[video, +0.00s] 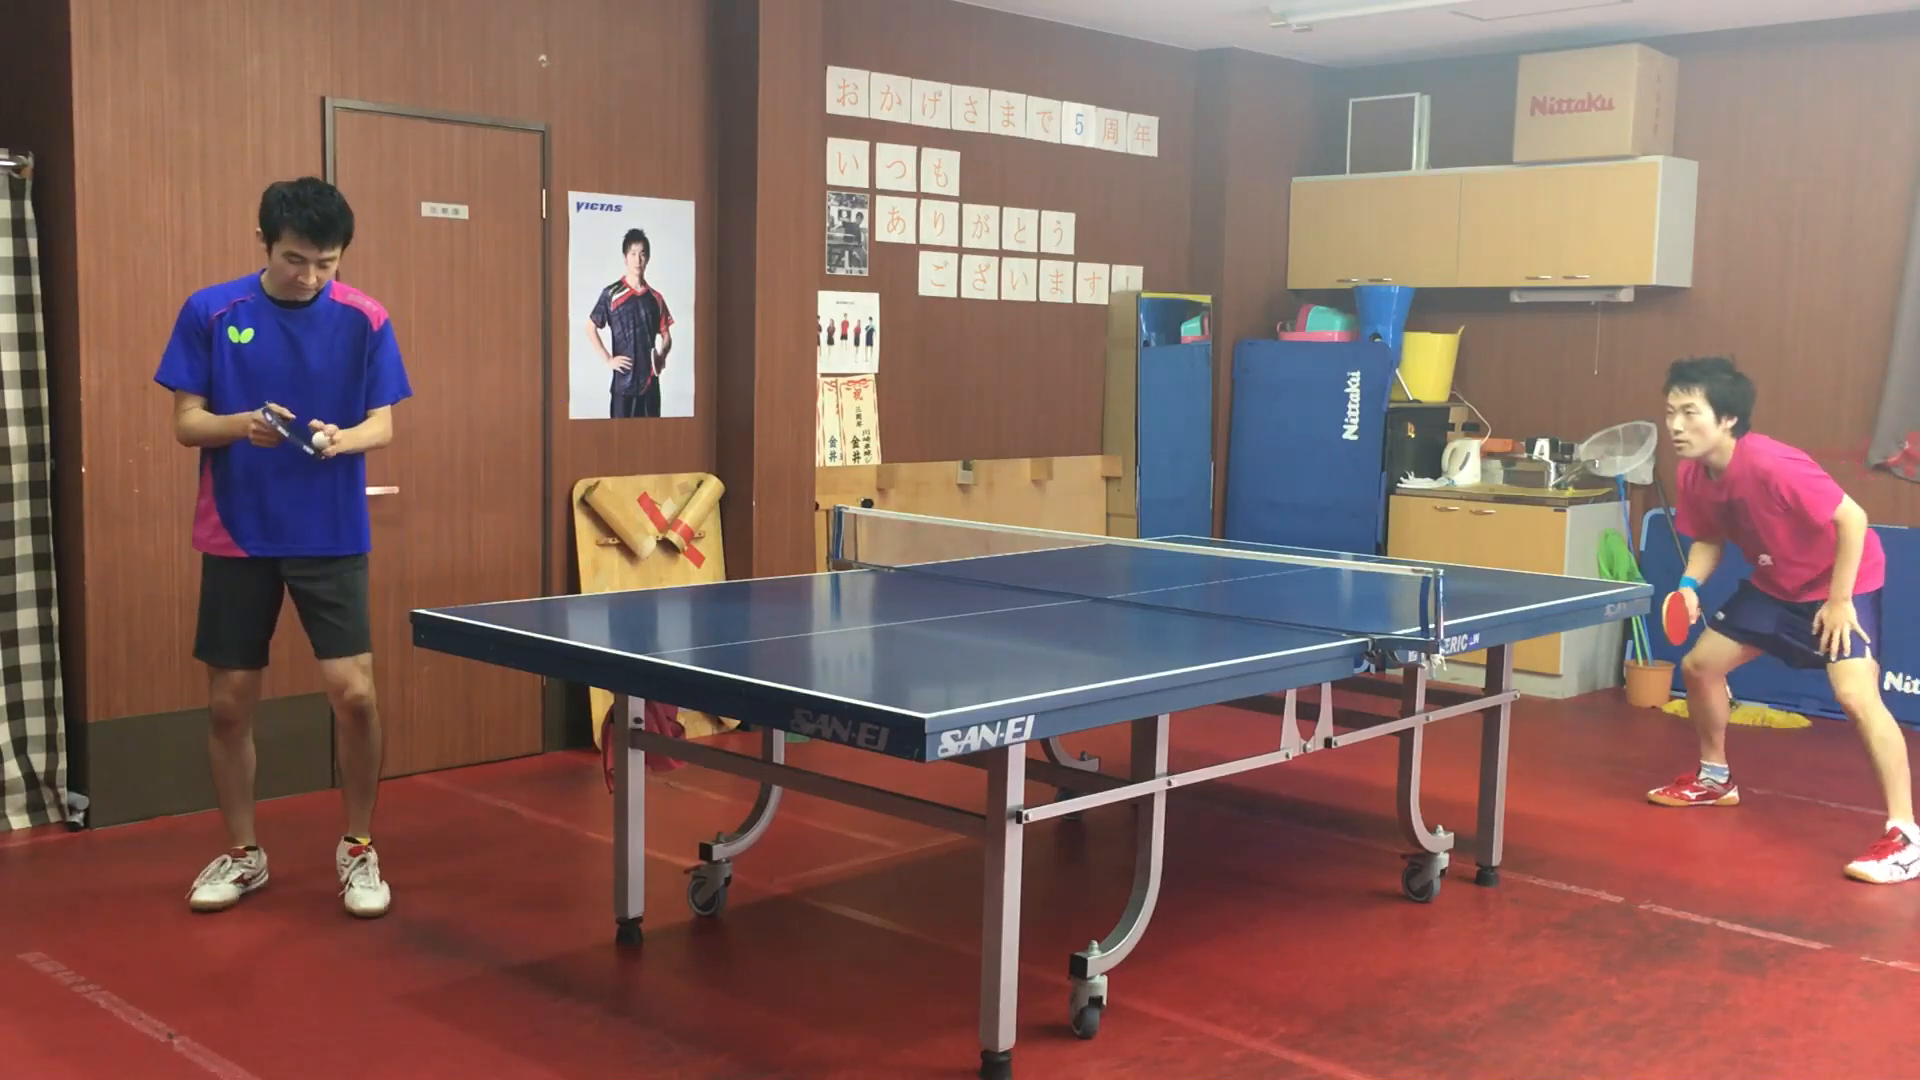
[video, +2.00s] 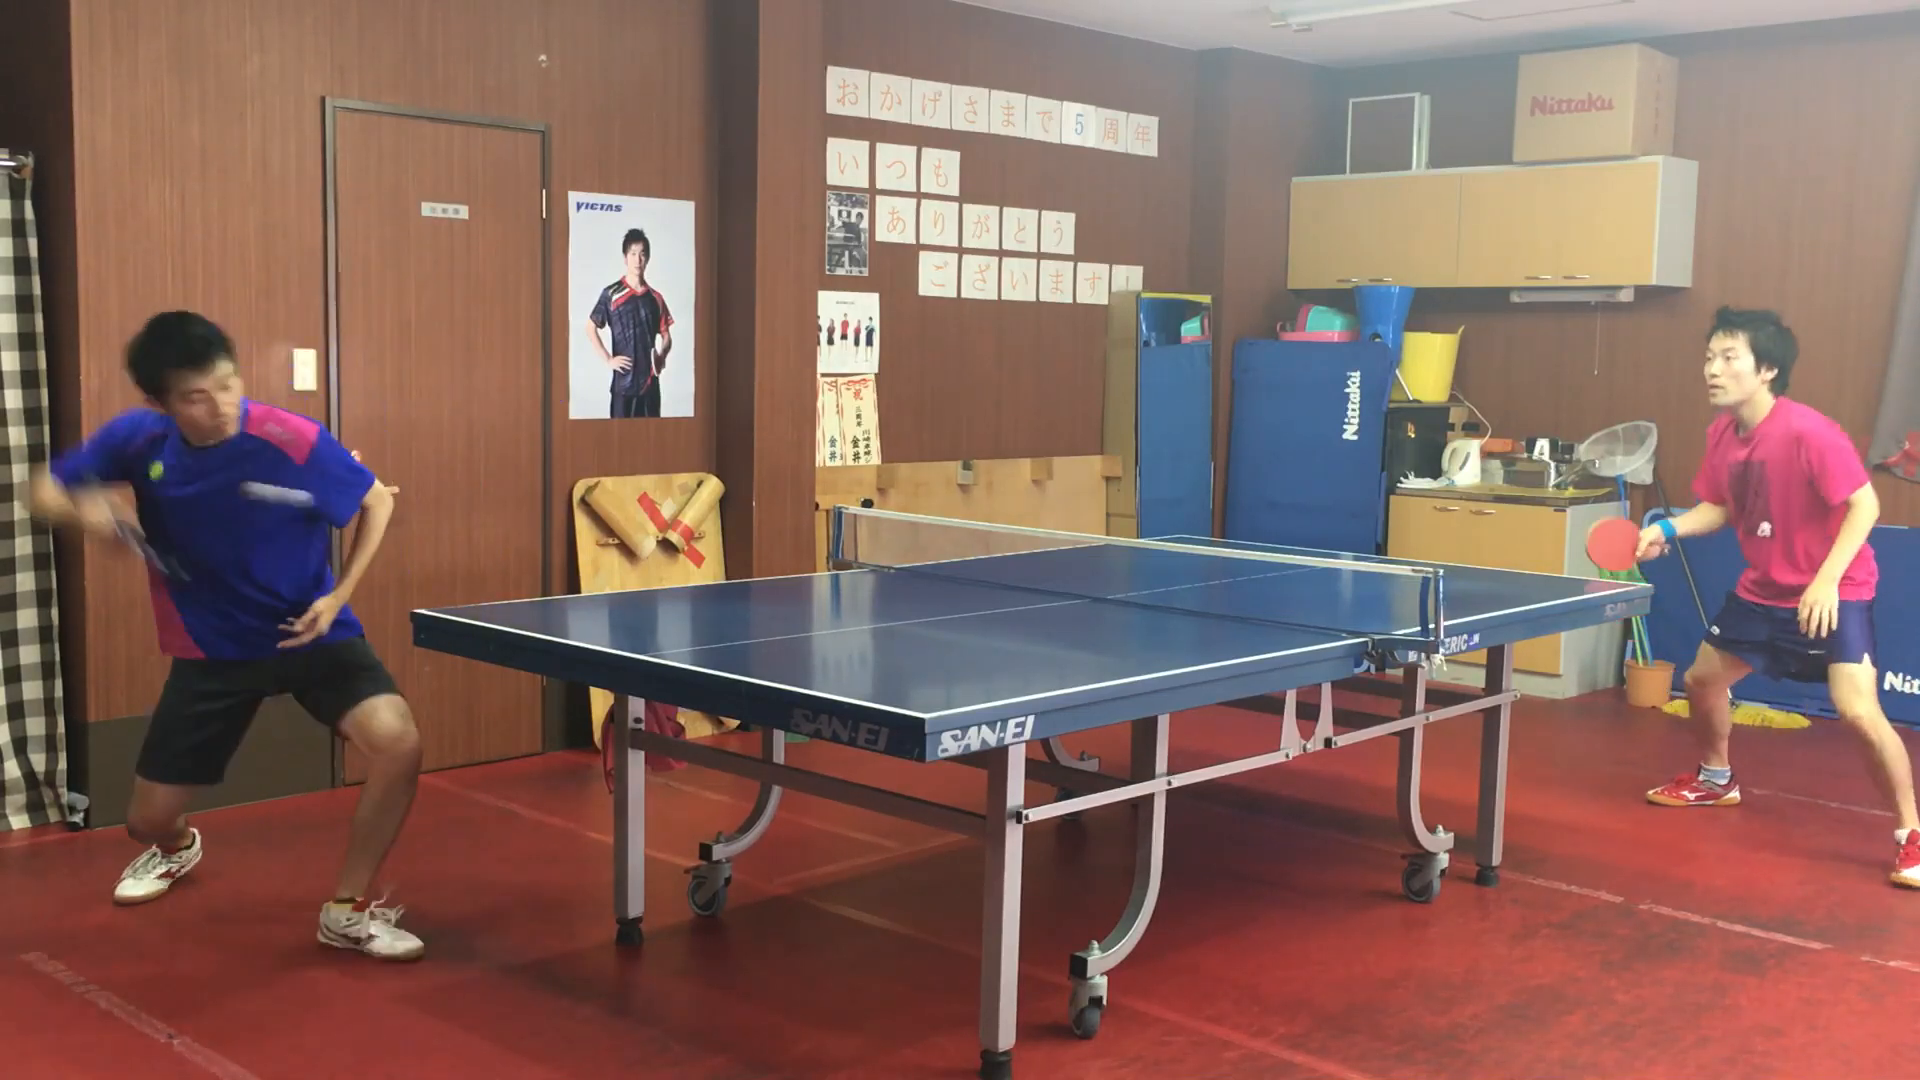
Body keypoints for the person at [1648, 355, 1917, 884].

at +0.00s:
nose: (1674, 425)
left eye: (1688, 412)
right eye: (1670, 413)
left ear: (1728, 421)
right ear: (1668, 418)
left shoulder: (1772, 465)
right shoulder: (1694, 475)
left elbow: (1853, 519)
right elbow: (1707, 540)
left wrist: (1839, 600)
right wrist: (1689, 587)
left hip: (1842, 586)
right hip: (1773, 584)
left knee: (1856, 695)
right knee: (1701, 664)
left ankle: (1905, 835)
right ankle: (1713, 777)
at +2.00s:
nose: (1711, 370)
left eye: (1727, 359)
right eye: (1709, 359)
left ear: (1767, 373)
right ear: (1706, 366)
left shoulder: (1809, 432)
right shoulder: (1723, 432)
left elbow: (1865, 506)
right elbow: (1718, 508)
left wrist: (1827, 578)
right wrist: (1668, 528)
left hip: (1835, 588)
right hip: (1763, 585)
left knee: (1857, 709)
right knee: (1703, 679)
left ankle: (1911, 831)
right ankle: (1714, 776)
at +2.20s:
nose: (1697, 357)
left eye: (1712, 345)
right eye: (1694, 345)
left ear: (1753, 353)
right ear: (1695, 351)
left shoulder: (1793, 410)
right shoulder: (1710, 422)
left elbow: (1854, 486)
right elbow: (1675, 490)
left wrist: (1799, 552)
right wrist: (1602, 507)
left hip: (1847, 572)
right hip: (1780, 569)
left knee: (1866, 707)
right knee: (1708, 674)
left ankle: (1919, 835)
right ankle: (1713, 807)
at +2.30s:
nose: (1695, 367)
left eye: (1709, 354)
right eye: (1693, 356)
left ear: (1753, 362)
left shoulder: (1811, 421)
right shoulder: (1704, 433)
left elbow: (1869, 495)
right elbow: (1648, 494)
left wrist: (1825, 564)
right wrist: (1568, 506)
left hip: (1838, 597)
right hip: (1757, 591)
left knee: (1876, 726)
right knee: (1666, 677)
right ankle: (1701, 797)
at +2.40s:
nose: (1674, 376)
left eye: (1687, 362)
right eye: (1673, 364)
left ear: (1734, 370)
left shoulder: (1800, 427)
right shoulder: (1679, 442)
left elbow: (1854, 505)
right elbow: (1616, 494)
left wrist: (1815, 560)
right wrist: (1536, 508)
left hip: (1808, 614)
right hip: (1725, 603)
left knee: (1863, 731)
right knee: (1616, 665)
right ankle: (1633, 795)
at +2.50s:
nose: (1621, 383)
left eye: (1631, 369)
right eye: (1617, 372)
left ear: (1679, 372)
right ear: (1631, 379)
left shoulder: (1751, 421)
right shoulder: (1628, 442)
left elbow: (1806, 495)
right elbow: (1567, 493)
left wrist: (1774, 545)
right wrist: (1493, 510)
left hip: (1765, 613)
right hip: (1677, 605)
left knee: (1840, 724)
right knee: (1574, 681)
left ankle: (1911, 842)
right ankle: (1504, 803)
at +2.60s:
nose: (1555, 400)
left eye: (1566, 386)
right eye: (1551, 388)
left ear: (1613, 386)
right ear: (1580, 393)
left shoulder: (1690, 432)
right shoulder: (1562, 457)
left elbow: (1748, 499)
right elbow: (1510, 503)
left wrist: (1758, 549)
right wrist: (1440, 516)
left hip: (1712, 620)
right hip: (1628, 620)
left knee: (1792, 722)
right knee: (1528, 687)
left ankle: (1887, 843)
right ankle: (1464, 819)